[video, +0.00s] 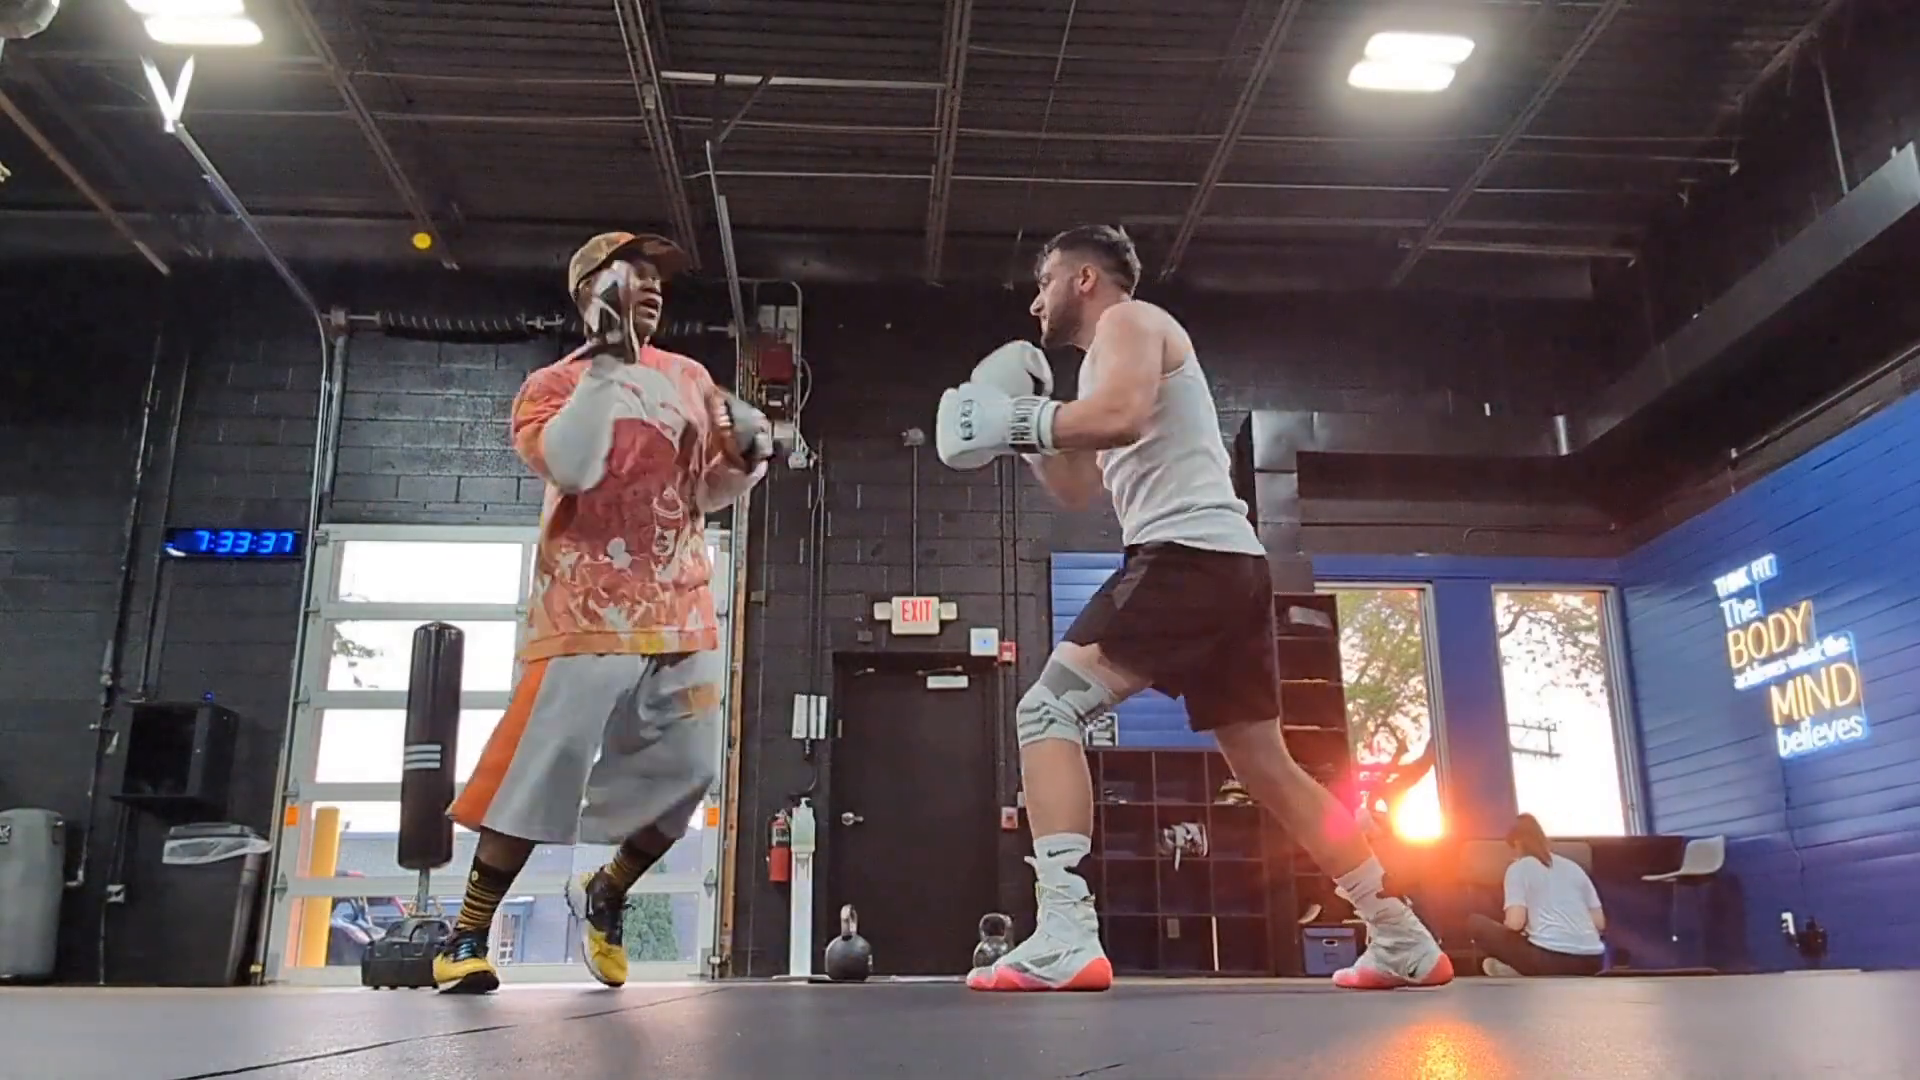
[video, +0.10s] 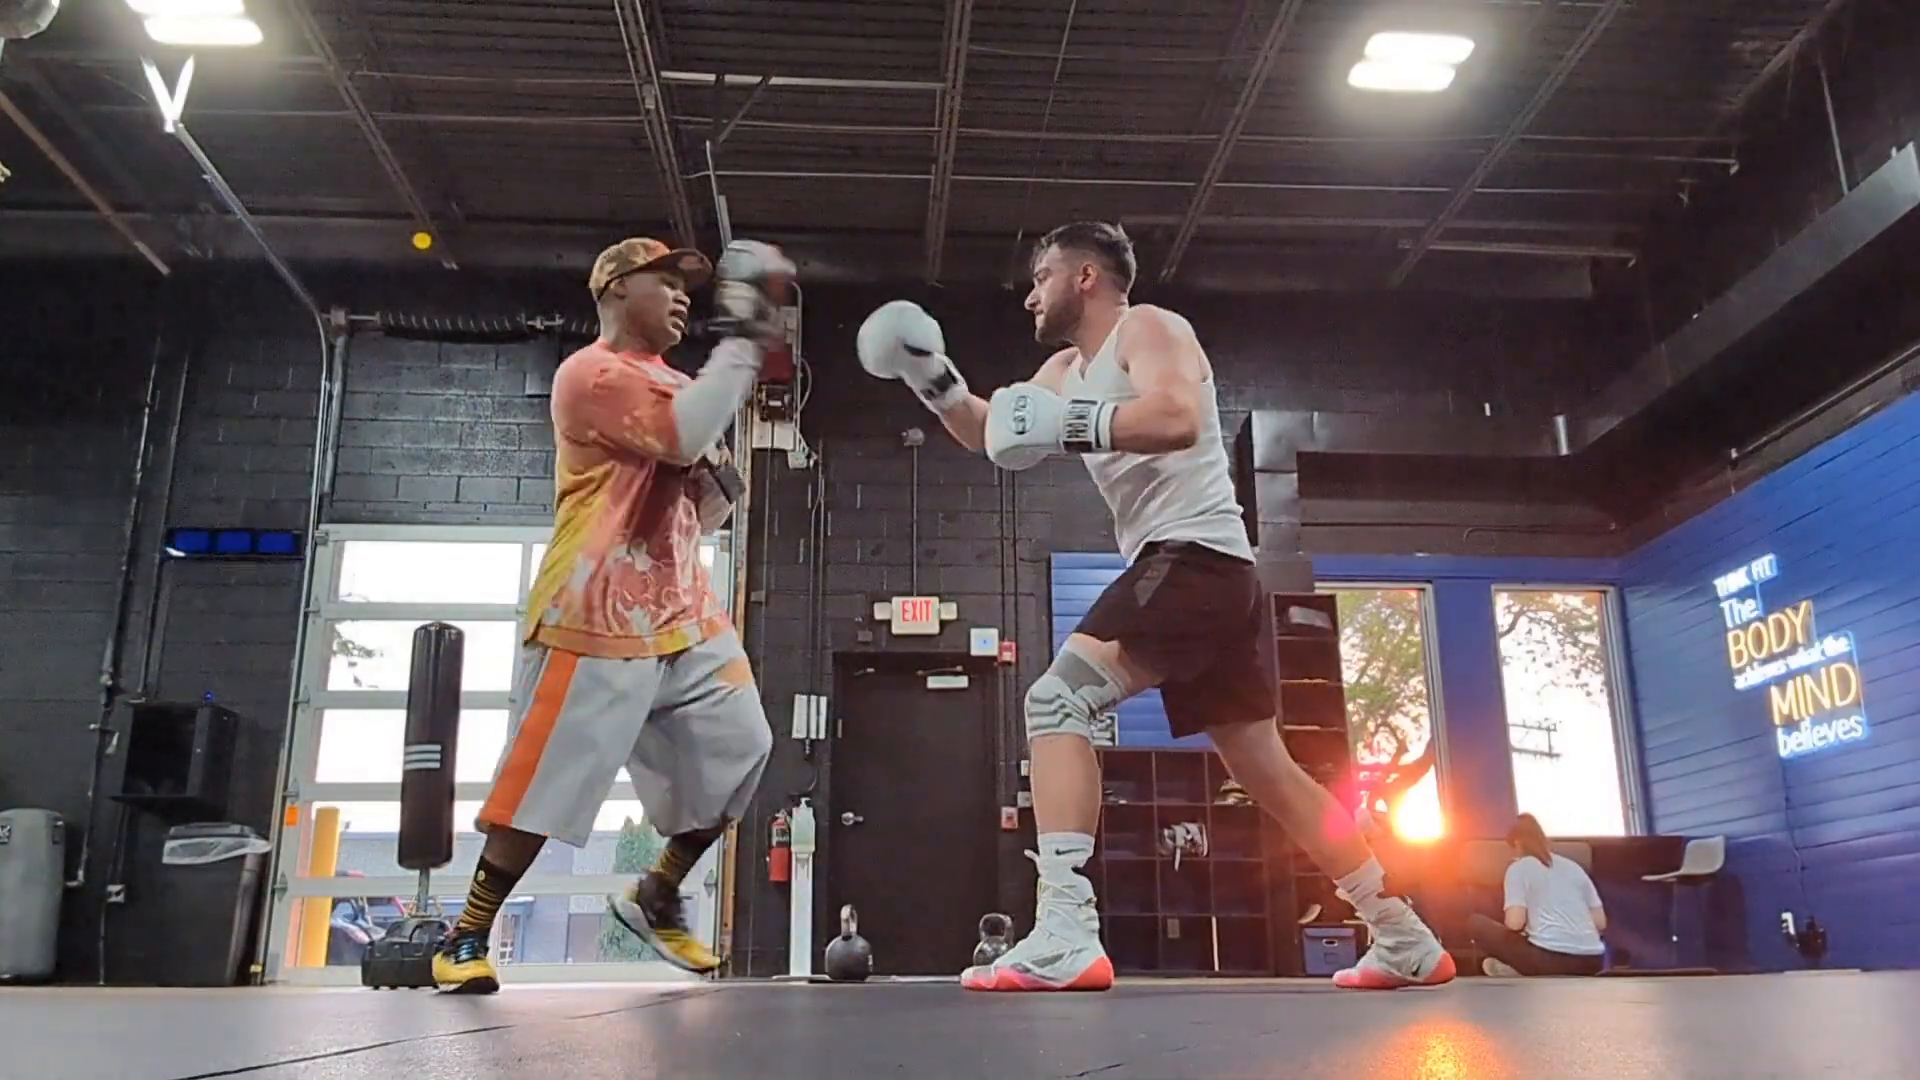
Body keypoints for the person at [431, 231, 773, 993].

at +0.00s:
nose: (649, 289)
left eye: (653, 279)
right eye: (632, 277)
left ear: (658, 296)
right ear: (590, 297)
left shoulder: (690, 378)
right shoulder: (553, 384)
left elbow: (709, 496)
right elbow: (571, 467)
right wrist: (609, 364)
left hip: (683, 606)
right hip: (587, 603)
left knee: (694, 764)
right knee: (548, 760)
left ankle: (607, 894)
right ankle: (471, 932)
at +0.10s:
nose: (682, 296)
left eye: (683, 286)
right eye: (665, 281)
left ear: (669, 303)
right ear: (617, 293)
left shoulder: (675, 385)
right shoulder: (588, 374)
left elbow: (684, 511)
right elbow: (684, 431)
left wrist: (719, 492)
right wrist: (743, 338)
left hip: (683, 602)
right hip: (599, 605)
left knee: (740, 743)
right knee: (547, 767)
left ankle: (656, 901)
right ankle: (468, 937)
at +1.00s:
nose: (925, 350)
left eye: (927, 341)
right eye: (913, 334)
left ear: (901, 350)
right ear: (866, 335)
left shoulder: (894, 442)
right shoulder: (832, 383)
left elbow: (920, 555)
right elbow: (879, 463)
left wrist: (1011, 562)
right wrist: (979, 467)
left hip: (863, 622)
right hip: (785, 598)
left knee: (915, 747)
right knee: (701, 745)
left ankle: (905, 937)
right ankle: (548, 892)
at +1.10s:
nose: (907, 337)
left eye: (912, 329)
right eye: (893, 322)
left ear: (909, 345)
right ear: (847, 328)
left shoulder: (920, 437)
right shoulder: (790, 394)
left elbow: (1004, 491)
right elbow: (733, 493)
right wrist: (844, 498)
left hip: (865, 628)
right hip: (770, 604)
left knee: (917, 749)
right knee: (683, 741)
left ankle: (908, 931)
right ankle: (554, 909)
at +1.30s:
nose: (818, 332)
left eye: (827, 324)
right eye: (800, 315)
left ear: (831, 341)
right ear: (756, 325)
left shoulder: (859, 415)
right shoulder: (709, 423)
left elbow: (954, 430)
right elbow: (673, 519)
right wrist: (741, 445)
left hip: (842, 629)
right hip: (734, 625)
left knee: (906, 750)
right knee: (642, 761)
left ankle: (909, 935)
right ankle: (539, 935)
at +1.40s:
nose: (801, 320)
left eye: (808, 310)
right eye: (782, 303)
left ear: (814, 327)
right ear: (737, 313)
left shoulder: (840, 418)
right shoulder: (690, 408)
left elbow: (892, 498)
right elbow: (668, 484)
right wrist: (708, 378)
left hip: (831, 623)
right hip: (721, 619)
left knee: (893, 756)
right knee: (632, 762)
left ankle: (903, 937)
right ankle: (534, 936)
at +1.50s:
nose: (821, 329)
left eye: (824, 320)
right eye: (804, 313)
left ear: (821, 336)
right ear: (751, 318)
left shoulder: (828, 422)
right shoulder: (707, 399)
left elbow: (816, 524)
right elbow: (749, 459)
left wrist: (847, 559)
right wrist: (745, 341)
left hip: (824, 626)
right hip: (726, 624)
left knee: (888, 768)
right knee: (646, 769)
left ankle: (900, 938)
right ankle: (539, 934)